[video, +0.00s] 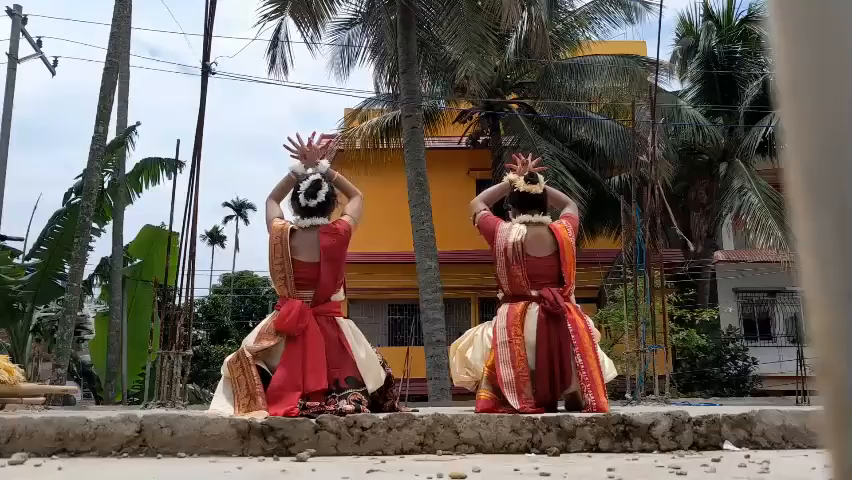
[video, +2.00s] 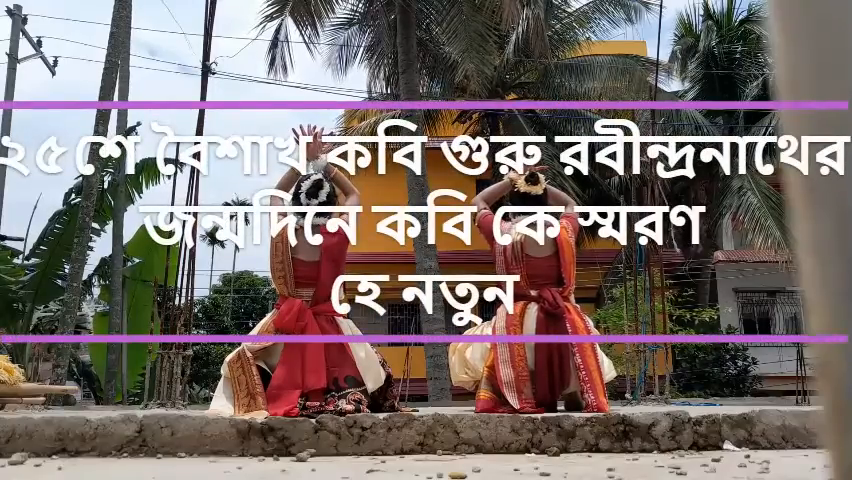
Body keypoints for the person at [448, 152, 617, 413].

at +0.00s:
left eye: (509, 207)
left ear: (511, 209)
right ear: (546, 207)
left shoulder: (502, 234)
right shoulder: (563, 232)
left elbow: (477, 203)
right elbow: (569, 204)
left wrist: (511, 182)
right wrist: (538, 185)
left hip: (516, 319)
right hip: (562, 318)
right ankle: (575, 394)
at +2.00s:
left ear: (512, 210)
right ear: (545, 207)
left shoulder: (503, 233)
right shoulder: (563, 232)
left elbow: (480, 201)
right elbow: (569, 204)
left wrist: (509, 182)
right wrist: (542, 187)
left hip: (518, 317)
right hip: (561, 316)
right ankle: (573, 392)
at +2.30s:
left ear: (511, 211)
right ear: (544, 207)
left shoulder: (502, 234)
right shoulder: (562, 232)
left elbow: (479, 201)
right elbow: (569, 203)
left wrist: (508, 182)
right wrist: (541, 186)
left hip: (518, 320)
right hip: (562, 318)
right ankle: (573, 391)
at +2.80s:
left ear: (510, 211)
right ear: (544, 207)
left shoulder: (502, 235)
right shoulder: (562, 233)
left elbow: (479, 200)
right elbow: (570, 203)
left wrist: (508, 181)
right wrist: (542, 186)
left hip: (518, 320)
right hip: (561, 319)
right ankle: (573, 392)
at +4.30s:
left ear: (511, 200)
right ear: (546, 199)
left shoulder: (500, 231)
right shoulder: (562, 229)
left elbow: (475, 198)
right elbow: (572, 198)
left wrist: (496, 166)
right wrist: (551, 165)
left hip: (514, 322)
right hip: (561, 320)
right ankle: (576, 396)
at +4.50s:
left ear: (509, 203)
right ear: (546, 200)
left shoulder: (500, 233)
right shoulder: (562, 229)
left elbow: (469, 202)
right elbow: (582, 201)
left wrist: (490, 173)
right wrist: (551, 175)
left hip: (513, 321)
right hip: (559, 320)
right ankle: (575, 395)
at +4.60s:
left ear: (513, 206)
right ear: (546, 205)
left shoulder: (499, 233)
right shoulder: (564, 231)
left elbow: (466, 208)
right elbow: (585, 203)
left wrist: (479, 178)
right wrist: (557, 178)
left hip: (515, 318)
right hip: (561, 317)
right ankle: (577, 398)